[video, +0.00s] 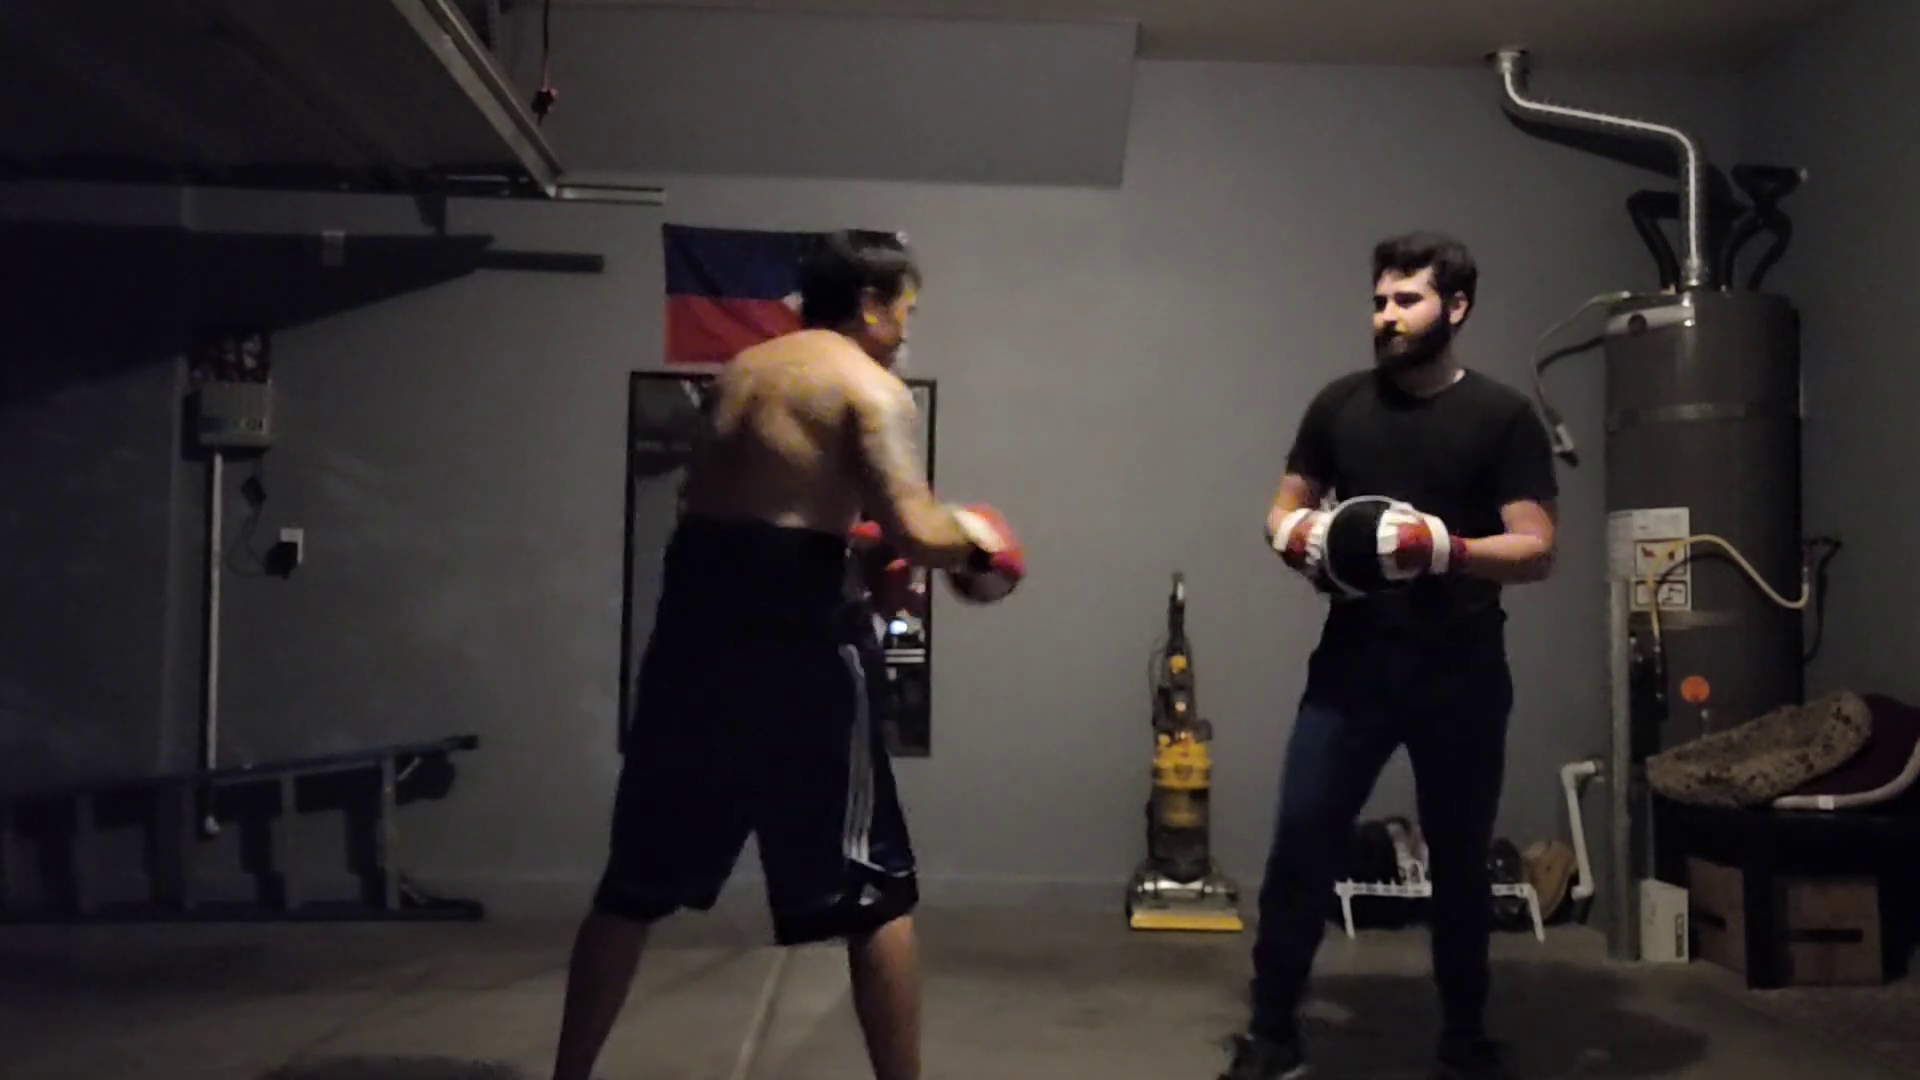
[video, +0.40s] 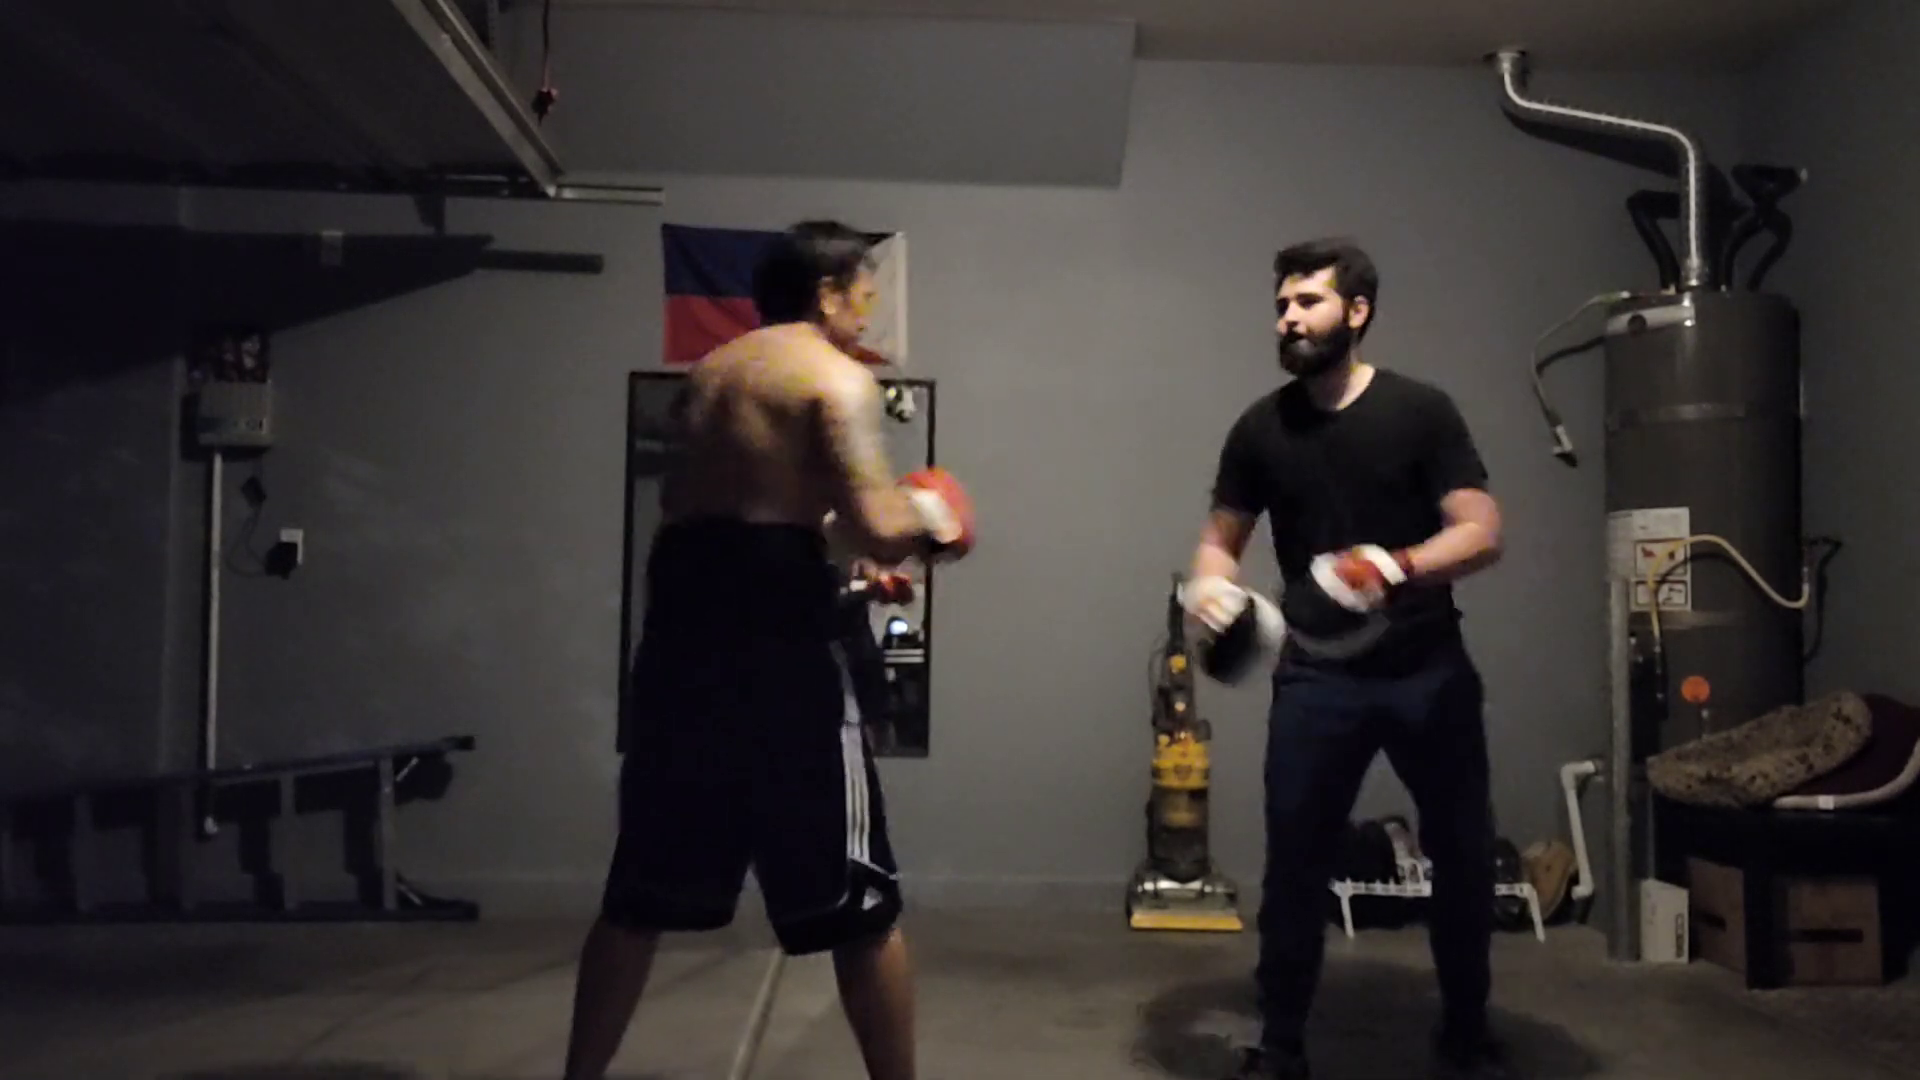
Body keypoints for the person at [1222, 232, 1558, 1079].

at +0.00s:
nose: (1387, 313)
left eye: (1407, 299)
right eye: (1380, 300)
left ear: (1457, 307)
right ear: (1374, 309)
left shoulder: (1504, 414)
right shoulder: (1339, 407)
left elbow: (1535, 543)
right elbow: (1285, 515)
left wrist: (1446, 549)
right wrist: (1302, 540)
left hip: (1460, 671)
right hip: (1354, 663)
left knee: (1459, 864)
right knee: (1299, 842)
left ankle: (1464, 1039)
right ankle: (1273, 1033)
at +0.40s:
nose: (1290, 317)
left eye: (1308, 301)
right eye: (1283, 304)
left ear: (1357, 310)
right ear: (1278, 315)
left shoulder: (1420, 410)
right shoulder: (1260, 431)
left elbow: (1481, 530)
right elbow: (1223, 539)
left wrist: (1398, 566)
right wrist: (1206, 588)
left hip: (1426, 675)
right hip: (1316, 681)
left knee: (1463, 858)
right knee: (1293, 864)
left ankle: (1466, 1035)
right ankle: (1280, 1042)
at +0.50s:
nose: (1291, 316)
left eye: (1308, 301)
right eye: (1283, 304)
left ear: (1357, 311)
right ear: (1278, 317)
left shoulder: (1417, 407)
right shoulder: (1264, 424)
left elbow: (1461, 516)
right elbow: (1198, 524)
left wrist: (1363, 497)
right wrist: (1163, 540)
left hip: (1425, 677)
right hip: (1316, 679)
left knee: (1464, 858)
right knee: (1292, 864)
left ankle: (1469, 1023)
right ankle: (1280, 1044)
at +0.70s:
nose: (1337, 320)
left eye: (1354, 303)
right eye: (1327, 309)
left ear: (1394, 310)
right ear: (1317, 323)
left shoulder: (1445, 392)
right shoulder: (1296, 411)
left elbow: (1435, 419)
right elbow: (1179, 431)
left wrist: (1376, 331)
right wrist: (1185, 353)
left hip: (1435, 673)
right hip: (1330, 676)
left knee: (1461, 864)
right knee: (1299, 860)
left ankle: (1480, 1034)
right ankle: (1281, 1043)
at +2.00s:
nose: (1317, 345)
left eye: (1333, 330)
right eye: (1304, 332)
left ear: (1365, 335)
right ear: (1290, 340)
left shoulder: (1407, 412)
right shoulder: (1271, 416)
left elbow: (1391, 424)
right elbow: (1156, 411)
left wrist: (1371, 332)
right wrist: (1204, 335)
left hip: (1380, 676)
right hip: (1281, 670)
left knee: (1383, 855)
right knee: (1230, 842)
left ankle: (1396, 1011)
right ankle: (1180, 1016)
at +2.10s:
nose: (1305, 345)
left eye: (1319, 330)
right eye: (1295, 332)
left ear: (1356, 335)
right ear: (1282, 341)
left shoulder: (1400, 413)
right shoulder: (1260, 418)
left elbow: (1390, 436)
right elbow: (1149, 423)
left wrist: (1366, 338)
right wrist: (1169, 336)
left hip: (1377, 675)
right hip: (1278, 670)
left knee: (1389, 853)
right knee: (1222, 837)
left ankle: (1396, 1009)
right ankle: (1155, 1011)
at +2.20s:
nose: (1289, 349)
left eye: (1302, 336)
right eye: (1277, 338)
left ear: (1336, 340)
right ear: (1262, 346)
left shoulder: (1377, 420)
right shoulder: (1238, 420)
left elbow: (1372, 448)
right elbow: (1132, 397)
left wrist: (1347, 353)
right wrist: (1075, 327)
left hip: (1367, 678)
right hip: (1268, 678)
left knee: (1386, 855)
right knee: (1212, 845)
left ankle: (1396, 1010)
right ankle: (1145, 1012)